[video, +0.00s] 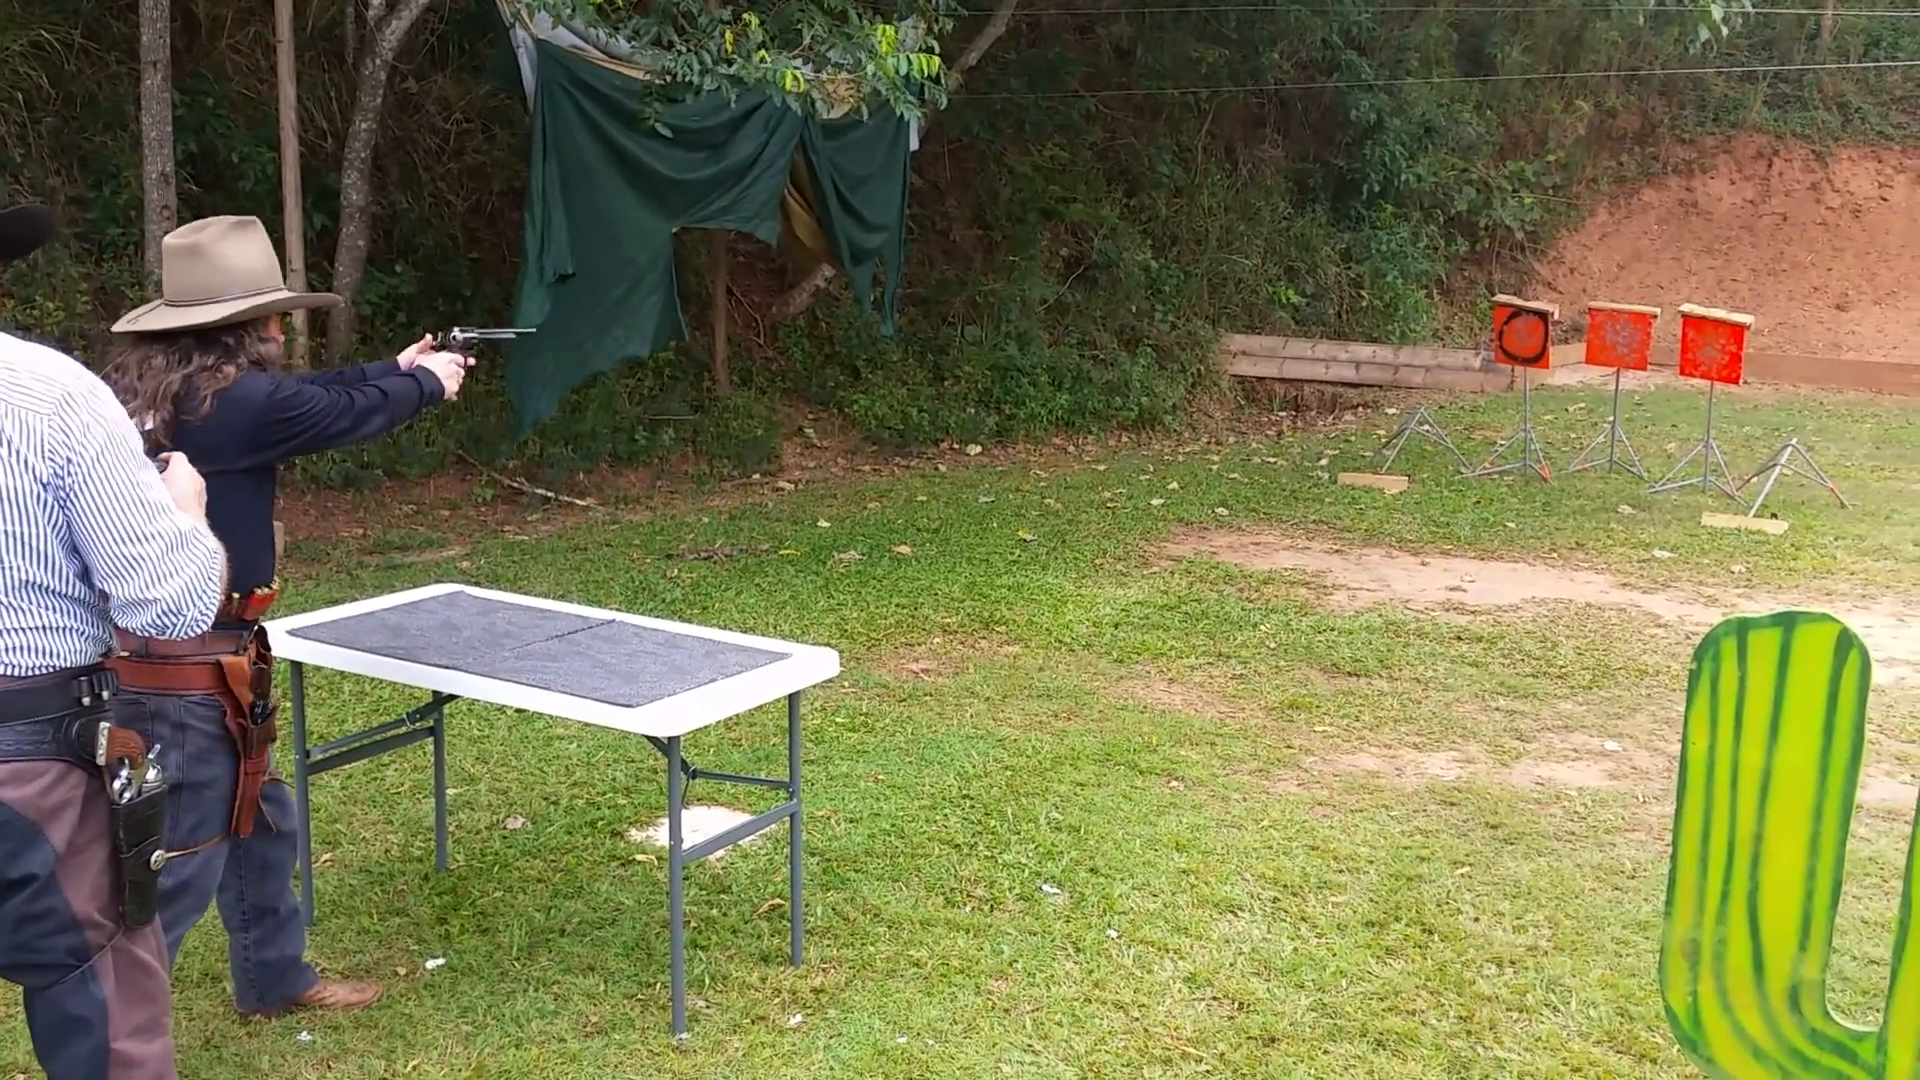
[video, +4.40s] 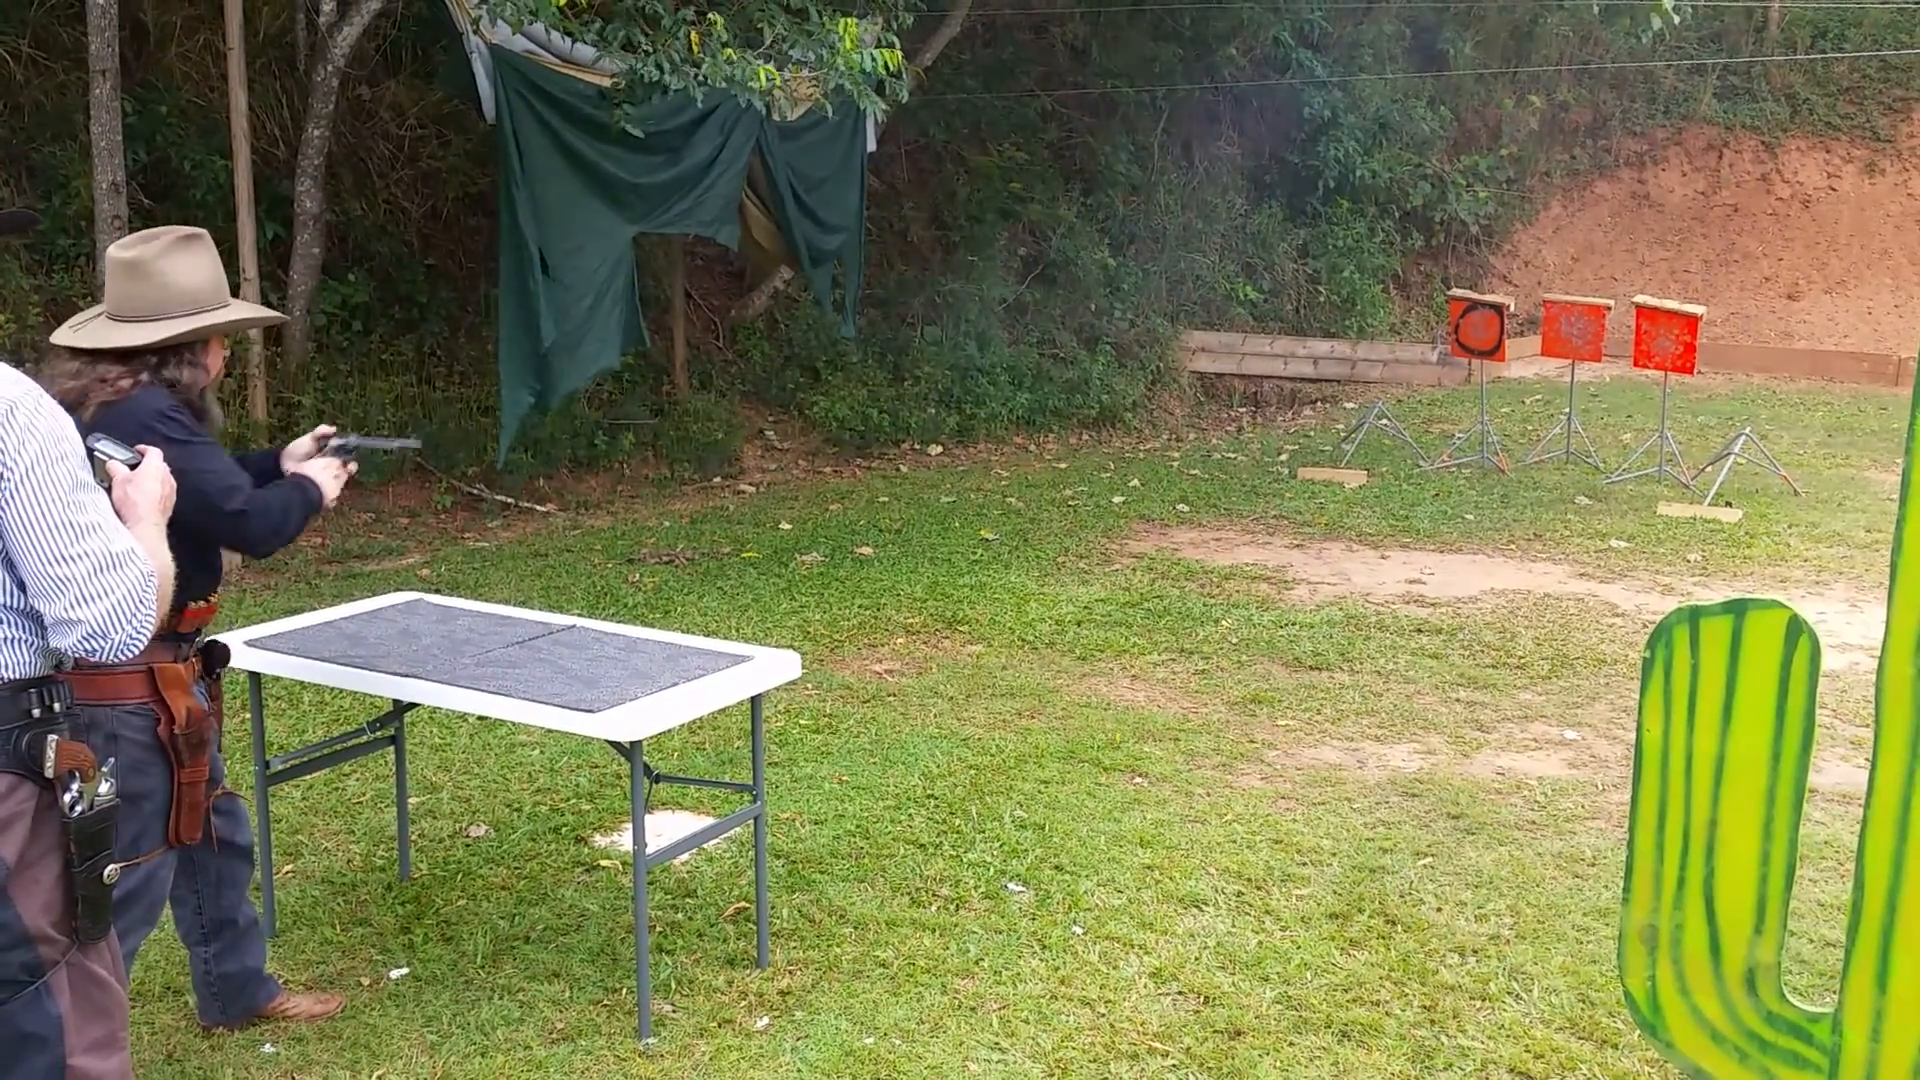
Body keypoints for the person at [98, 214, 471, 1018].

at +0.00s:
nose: (281, 329)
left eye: (276, 316)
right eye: (271, 317)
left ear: (192, 325)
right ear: (243, 327)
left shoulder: (161, 393)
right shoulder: (231, 403)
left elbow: (306, 397)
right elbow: (342, 412)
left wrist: (393, 370)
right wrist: (427, 384)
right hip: (192, 663)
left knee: (263, 815)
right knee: (183, 858)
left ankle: (275, 980)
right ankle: (108, 1012)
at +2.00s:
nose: (279, 338)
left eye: (276, 324)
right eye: (269, 323)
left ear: (192, 325)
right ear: (233, 328)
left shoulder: (141, 384)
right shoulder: (224, 399)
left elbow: (304, 391)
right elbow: (336, 414)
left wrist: (401, 364)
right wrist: (429, 386)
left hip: (125, 651)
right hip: (160, 663)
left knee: (235, 814)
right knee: (146, 864)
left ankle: (244, 982)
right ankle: (71, 1019)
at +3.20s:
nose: (264, 366)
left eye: (268, 352)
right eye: (264, 350)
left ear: (189, 321)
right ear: (235, 339)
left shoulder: (138, 378)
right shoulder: (188, 398)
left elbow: (219, 449)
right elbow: (300, 484)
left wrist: (301, 436)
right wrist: (376, 446)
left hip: (185, 653)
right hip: (155, 666)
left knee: (235, 819)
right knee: (149, 855)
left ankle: (240, 985)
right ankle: (76, 1012)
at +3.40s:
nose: (250, 399)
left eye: (257, 386)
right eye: (254, 382)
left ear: (192, 341)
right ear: (228, 363)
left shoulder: (125, 377)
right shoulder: (143, 387)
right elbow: (202, 465)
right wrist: (279, 507)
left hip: (193, 659)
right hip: (135, 670)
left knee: (236, 823)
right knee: (137, 862)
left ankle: (240, 988)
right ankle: (78, 1018)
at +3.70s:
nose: (213, 413)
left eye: (220, 401)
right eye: (212, 398)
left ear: (160, 363)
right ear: (177, 378)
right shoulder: (121, 438)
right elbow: (174, 559)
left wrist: (204, 534)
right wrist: (233, 622)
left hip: (178, 670)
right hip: (112, 680)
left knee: (216, 833)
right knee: (117, 869)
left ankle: (236, 987)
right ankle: (72, 1007)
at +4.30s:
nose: (224, 358)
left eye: (225, 344)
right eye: (217, 344)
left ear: (148, 338)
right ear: (177, 347)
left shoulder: (134, 404)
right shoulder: (122, 407)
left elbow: (169, 509)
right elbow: (160, 518)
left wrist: (238, 508)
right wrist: (240, 522)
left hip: (168, 667)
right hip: (120, 678)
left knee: (213, 836)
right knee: (131, 879)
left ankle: (236, 993)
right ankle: (63, 1032)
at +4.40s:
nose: (224, 356)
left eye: (222, 341)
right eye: (218, 341)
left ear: (133, 341)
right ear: (185, 347)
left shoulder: (103, 411)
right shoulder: (155, 420)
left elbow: (205, 488)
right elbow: (255, 525)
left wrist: (275, 466)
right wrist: (313, 490)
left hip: (150, 668)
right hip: (128, 679)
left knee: (212, 830)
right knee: (130, 878)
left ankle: (237, 993)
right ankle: (70, 1034)